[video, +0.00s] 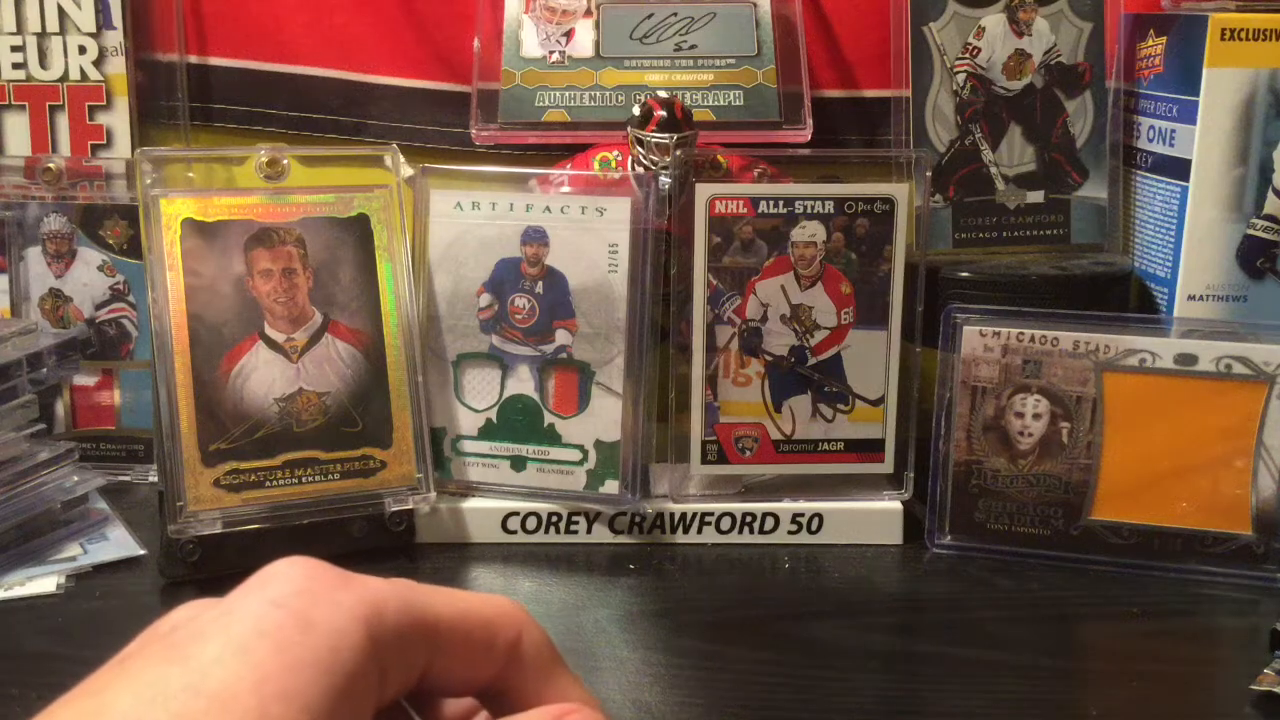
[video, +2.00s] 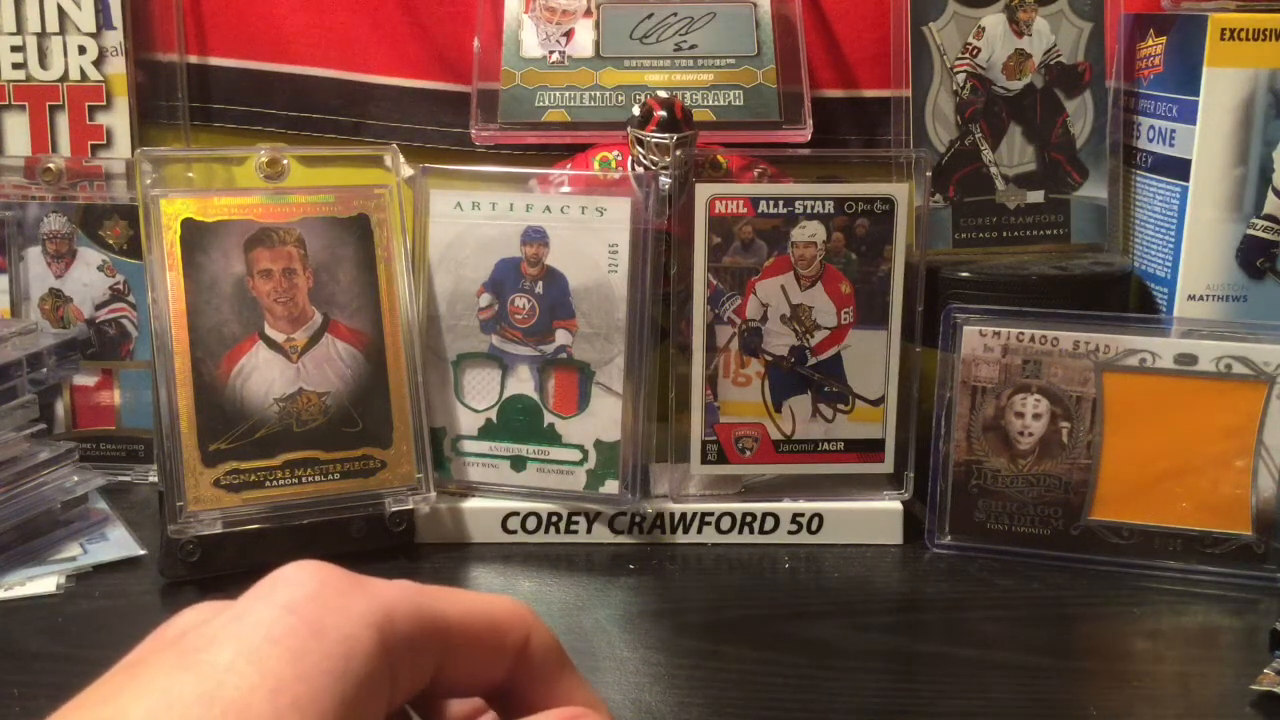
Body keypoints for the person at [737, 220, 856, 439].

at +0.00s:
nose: (801, 253)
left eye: (808, 247)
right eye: (796, 247)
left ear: (821, 250)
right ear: (790, 249)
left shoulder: (839, 286)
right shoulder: (773, 272)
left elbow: (842, 331)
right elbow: (755, 293)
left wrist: (810, 353)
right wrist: (750, 327)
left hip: (823, 352)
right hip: (779, 351)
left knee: (831, 412)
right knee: (798, 409)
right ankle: (790, 469)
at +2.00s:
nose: (801, 253)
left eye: (807, 247)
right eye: (796, 247)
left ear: (821, 250)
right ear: (790, 249)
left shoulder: (838, 285)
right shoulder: (774, 271)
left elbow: (842, 331)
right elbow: (755, 293)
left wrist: (810, 353)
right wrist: (750, 326)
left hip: (823, 353)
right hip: (780, 352)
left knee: (829, 411)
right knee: (796, 410)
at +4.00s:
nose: (801, 253)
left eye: (807, 247)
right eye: (796, 247)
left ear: (821, 250)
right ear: (790, 249)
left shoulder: (839, 285)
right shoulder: (773, 271)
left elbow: (842, 331)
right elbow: (754, 293)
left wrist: (810, 353)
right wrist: (750, 326)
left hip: (823, 353)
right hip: (780, 353)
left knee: (832, 413)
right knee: (798, 411)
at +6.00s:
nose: (801, 253)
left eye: (807, 247)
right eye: (796, 247)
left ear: (821, 249)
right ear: (790, 249)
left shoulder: (838, 285)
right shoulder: (773, 271)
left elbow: (843, 330)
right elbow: (754, 292)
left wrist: (810, 352)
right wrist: (751, 326)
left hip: (823, 353)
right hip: (780, 353)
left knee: (832, 412)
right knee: (799, 409)